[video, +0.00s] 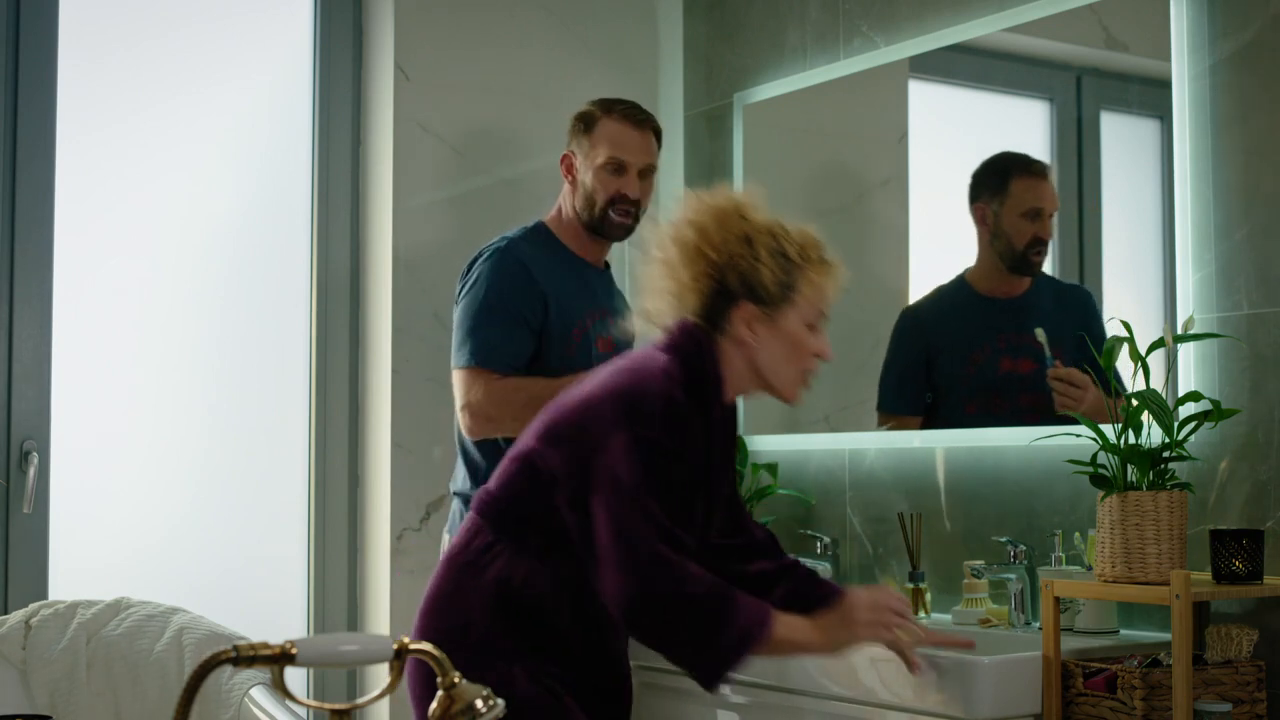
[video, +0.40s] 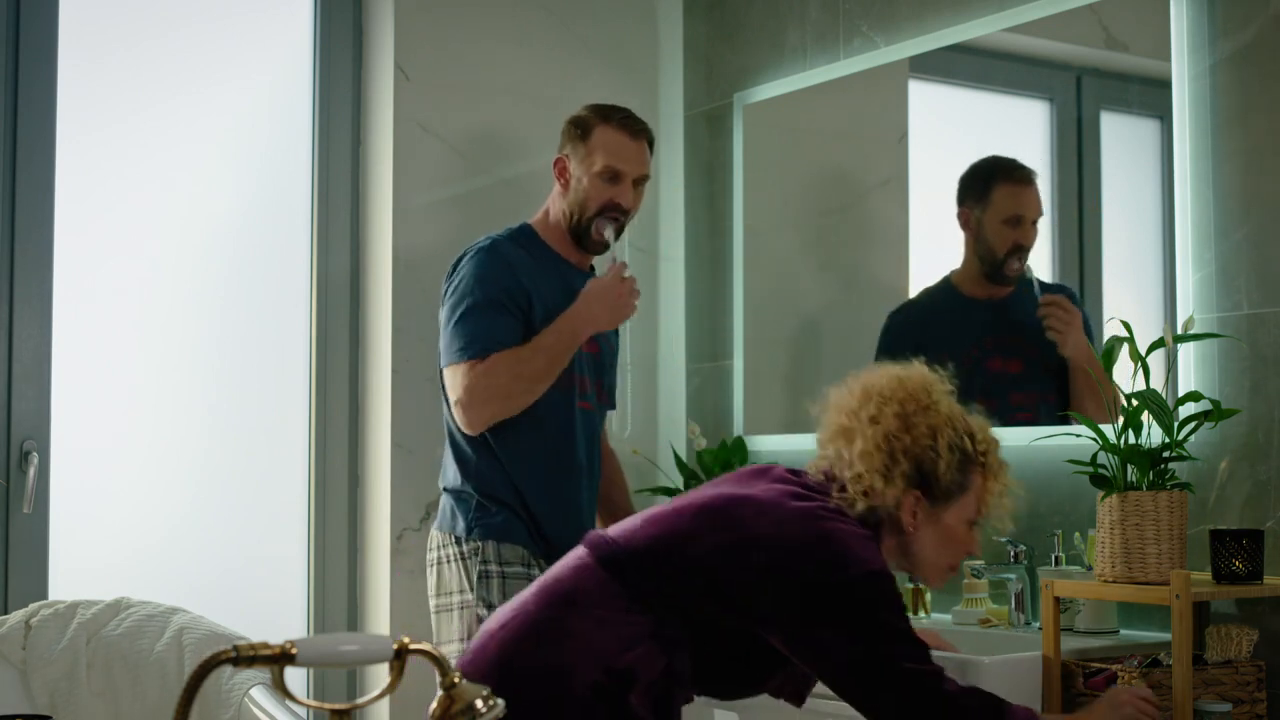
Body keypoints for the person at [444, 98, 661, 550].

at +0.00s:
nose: (632, 191)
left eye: (645, 175)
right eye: (614, 169)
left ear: (655, 180)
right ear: (570, 169)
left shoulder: (607, 291)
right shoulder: (506, 267)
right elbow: (479, 409)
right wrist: (619, 384)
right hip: (501, 540)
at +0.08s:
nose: (636, 195)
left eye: (649, 179)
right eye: (619, 173)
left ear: (658, 184)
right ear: (574, 171)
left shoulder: (607, 300)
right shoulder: (505, 268)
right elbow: (477, 410)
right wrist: (620, 379)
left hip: (573, 544)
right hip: (494, 547)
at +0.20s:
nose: (638, 199)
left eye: (650, 184)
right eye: (621, 176)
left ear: (658, 189)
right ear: (575, 173)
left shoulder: (609, 306)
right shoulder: (502, 268)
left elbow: (594, 436)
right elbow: (471, 408)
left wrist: (639, 512)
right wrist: (606, 363)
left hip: (569, 541)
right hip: (488, 545)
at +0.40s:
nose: (627, 200)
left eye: (639, 184)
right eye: (610, 177)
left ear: (646, 188)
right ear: (564, 172)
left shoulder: (595, 290)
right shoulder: (491, 264)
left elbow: (590, 437)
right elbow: (472, 405)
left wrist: (632, 544)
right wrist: (585, 318)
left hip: (567, 547)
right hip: (488, 550)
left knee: (578, 697)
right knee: (496, 710)